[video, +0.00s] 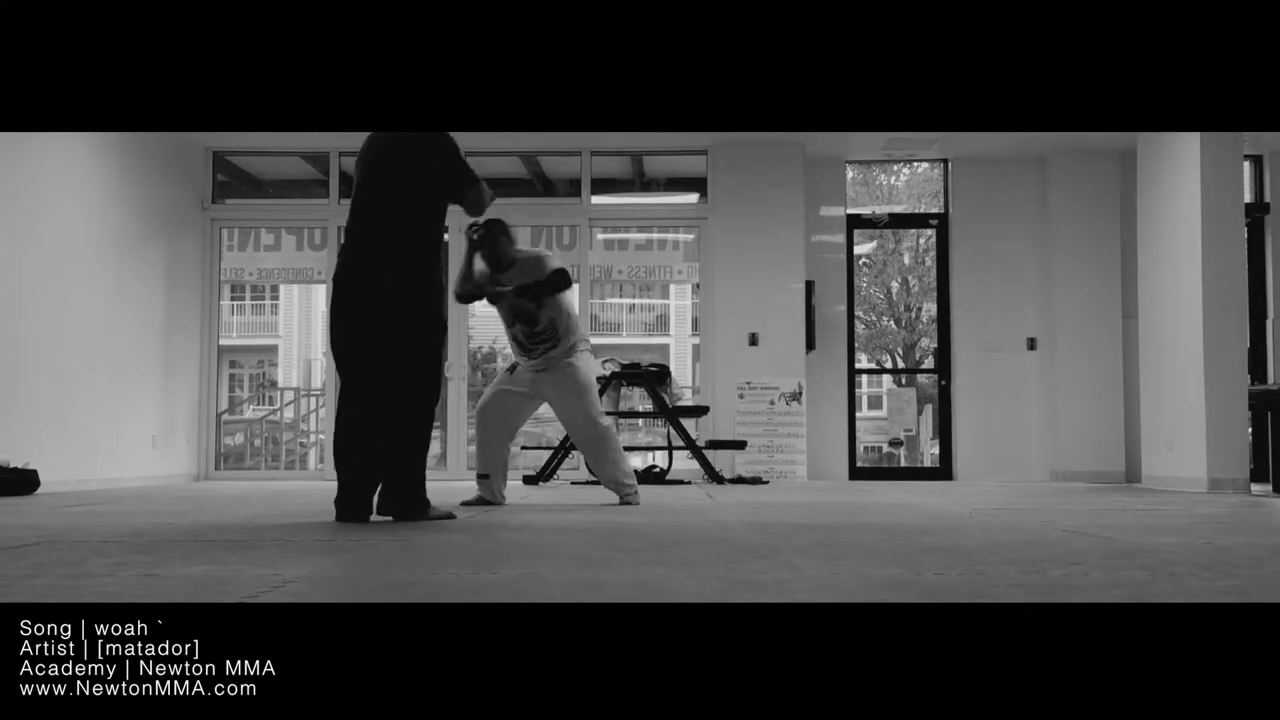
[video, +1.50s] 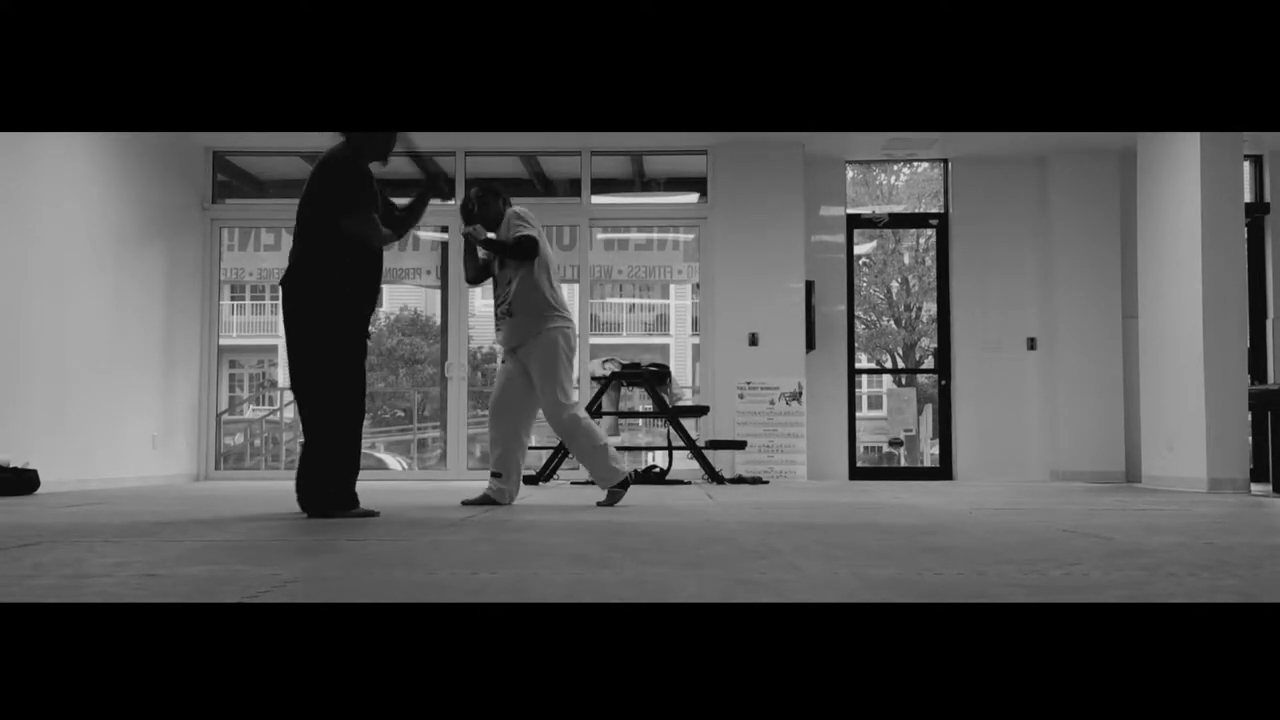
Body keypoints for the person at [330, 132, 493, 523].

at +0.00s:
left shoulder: (372, 143)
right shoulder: (436, 142)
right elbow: (477, 201)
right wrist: (478, 183)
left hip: (357, 283)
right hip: (412, 286)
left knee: (360, 391)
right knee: (414, 393)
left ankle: (352, 503)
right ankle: (406, 500)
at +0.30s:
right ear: (434, 129)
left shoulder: (375, 143)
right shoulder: (427, 150)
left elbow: (434, 172)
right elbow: (464, 216)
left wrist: (486, 157)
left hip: (359, 283)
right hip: (403, 288)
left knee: (372, 391)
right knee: (414, 393)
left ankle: (332, 489)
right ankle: (405, 502)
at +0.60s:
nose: (422, 140)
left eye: (421, 137)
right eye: (422, 137)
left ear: (381, 129)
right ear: (415, 135)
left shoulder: (353, 156)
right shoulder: (414, 167)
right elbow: (442, 231)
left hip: (343, 298)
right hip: (391, 303)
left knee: (341, 394)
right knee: (407, 397)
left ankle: (327, 495)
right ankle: (406, 501)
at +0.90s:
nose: (406, 142)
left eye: (405, 138)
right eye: (405, 138)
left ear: (364, 129)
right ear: (396, 135)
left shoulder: (334, 160)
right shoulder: (388, 165)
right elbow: (411, 218)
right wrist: (439, 253)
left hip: (322, 291)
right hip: (361, 296)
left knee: (326, 390)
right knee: (358, 390)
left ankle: (331, 490)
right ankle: (295, 480)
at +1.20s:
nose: (393, 143)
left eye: (392, 138)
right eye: (391, 137)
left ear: (359, 130)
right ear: (379, 134)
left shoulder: (347, 162)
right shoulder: (355, 162)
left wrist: (448, 215)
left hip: (324, 297)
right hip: (332, 299)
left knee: (331, 395)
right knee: (339, 395)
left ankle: (330, 498)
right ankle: (333, 500)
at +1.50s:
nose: (393, 146)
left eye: (393, 140)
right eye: (390, 138)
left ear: (364, 135)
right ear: (372, 135)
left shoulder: (355, 171)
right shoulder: (343, 168)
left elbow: (394, 227)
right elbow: (373, 235)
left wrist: (426, 193)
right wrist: (388, 228)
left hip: (339, 305)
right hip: (325, 305)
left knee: (338, 399)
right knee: (334, 399)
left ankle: (328, 497)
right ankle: (329, 499)